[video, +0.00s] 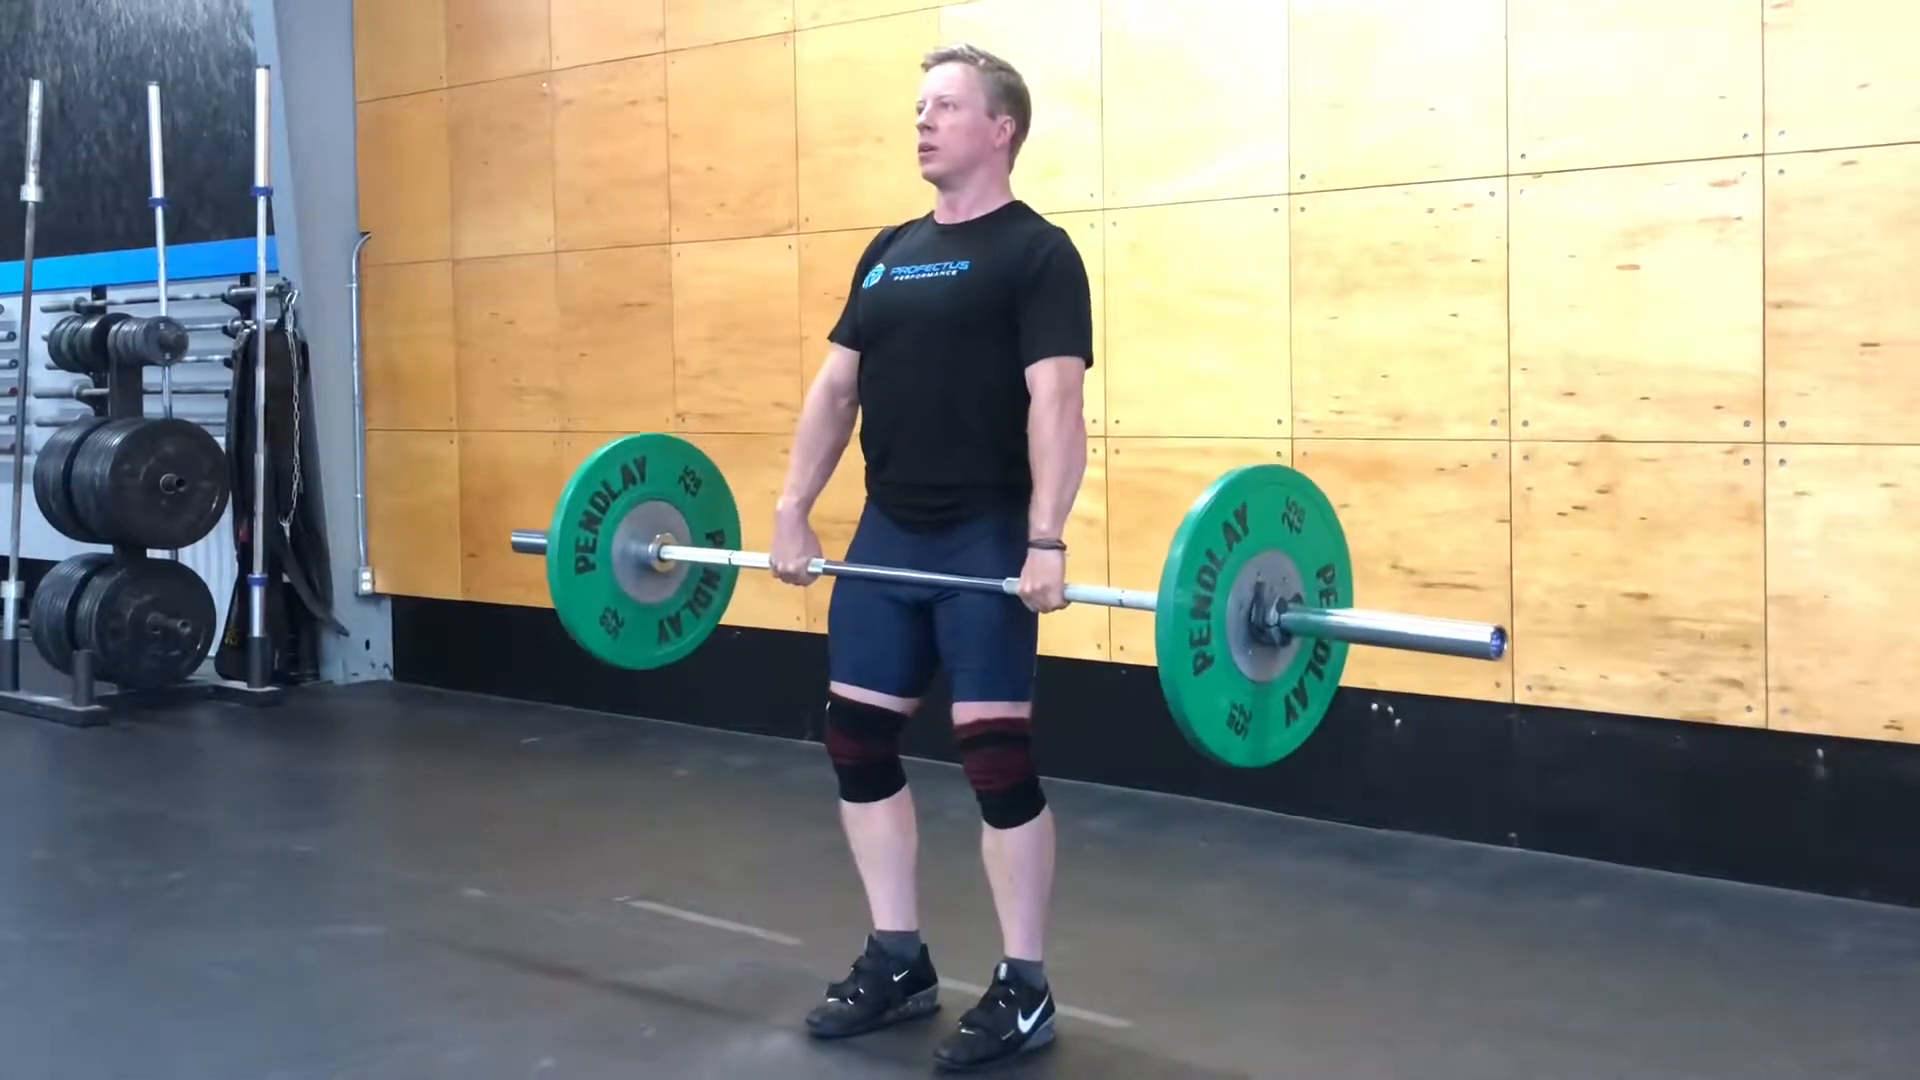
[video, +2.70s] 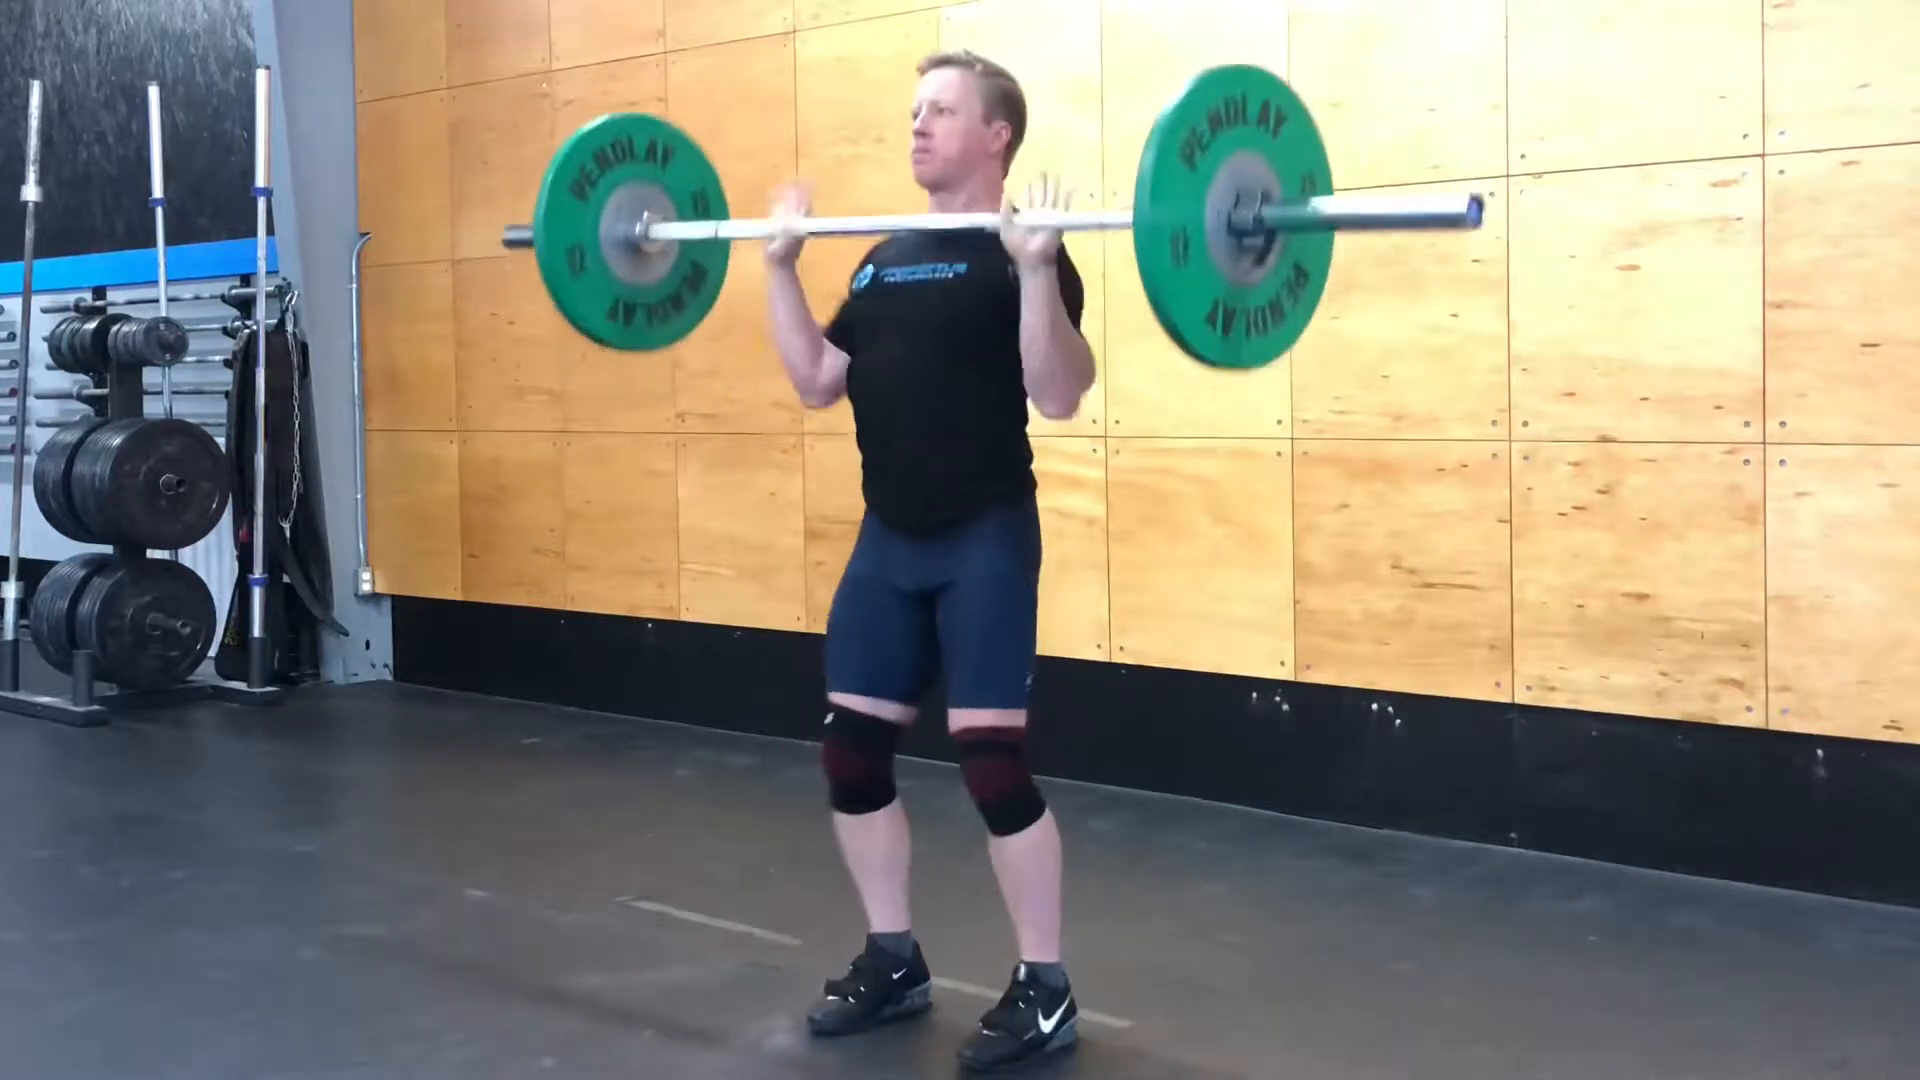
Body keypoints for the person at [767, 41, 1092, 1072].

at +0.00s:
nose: (922, 123)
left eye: (944, 109)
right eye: (922, 110)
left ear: (1002, 130)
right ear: (929, 129)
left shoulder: (1038, 251)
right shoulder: (888, 251)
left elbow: (1059, 398)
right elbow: (837, 388)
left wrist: (1046, 535)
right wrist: (792, 505)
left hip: (991, 533)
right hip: (887, 526)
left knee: (996, 759)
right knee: (856, 736)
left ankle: (1024, 987)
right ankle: (896, 961)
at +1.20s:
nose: (976, 118)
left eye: (999, 107)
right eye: (975, 104)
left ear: (1055, 133)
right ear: (971, 127)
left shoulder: (1067, 228)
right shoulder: (924, 223)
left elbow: (1067, 342)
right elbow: (840, 330)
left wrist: (1020, 455)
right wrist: (769, 431)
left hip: (985, 515)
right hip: (887, 512)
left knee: (983, 731)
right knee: (859, 724)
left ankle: (1017, 974)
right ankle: (881, 944)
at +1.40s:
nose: (900, 200)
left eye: (922, 186)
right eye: (901, 185)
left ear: (981, 209)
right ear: (911, 210)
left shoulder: (1032, 321)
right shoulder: (888, 326)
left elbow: (1106, 459)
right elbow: (876, 449)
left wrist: (1044, 387)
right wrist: (799, 386)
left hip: (1036, 589)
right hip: (938, 589)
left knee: (1000, 772)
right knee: (816, 752)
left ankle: (1055, 990)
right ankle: (882, 959)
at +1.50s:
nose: (903, 244)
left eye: (926, 231)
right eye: (903, 230)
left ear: (984, 255)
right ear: (909, 255)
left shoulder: (1020, 382)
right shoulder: (874, 379)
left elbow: (985, 515)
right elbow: (768, 487)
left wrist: (1008, 379)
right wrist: (766, 362)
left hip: (1046, 621)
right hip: (945, 625)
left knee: (1021, 786)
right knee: (804, 761)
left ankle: (1056, 993)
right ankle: (882, 960)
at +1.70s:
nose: (908, 375)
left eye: (928, 359)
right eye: (906, 359)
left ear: (987, 377)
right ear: (903, 372)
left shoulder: (1020, 496)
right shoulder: (873, 486)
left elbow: (943, 558)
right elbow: (735, 516)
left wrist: (992, 443)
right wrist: (779, 433)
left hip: (1059, 717)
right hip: (955, 716)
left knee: (1040, 800)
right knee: (794, 768)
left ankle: (1058, 993)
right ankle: (881, 959)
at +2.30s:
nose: (904, 253)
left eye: (926, 239)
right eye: (904, 237)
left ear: (983, 259)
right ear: (904, 253)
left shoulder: (1010, 374)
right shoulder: (859, 375)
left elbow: (945, 449)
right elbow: (726, 419)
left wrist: (978, 329)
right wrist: (771, 325)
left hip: (1026, 628)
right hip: (924, 634)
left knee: (1018, 796)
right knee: (779, 769)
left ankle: (1056, 994)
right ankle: (880, 959)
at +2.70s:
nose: (918, 128)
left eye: (940, 114)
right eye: (916, 114)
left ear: (997, 137)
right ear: (923, 136)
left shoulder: (1032, 252)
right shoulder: (887, 256)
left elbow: (1059, 396)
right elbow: (818, 380)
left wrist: (1037, 270)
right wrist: (779, 267)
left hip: (987, 537)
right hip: (888, 536)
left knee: (992, 766)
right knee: (853, 753)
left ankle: (1044, 990)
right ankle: (892, 964)